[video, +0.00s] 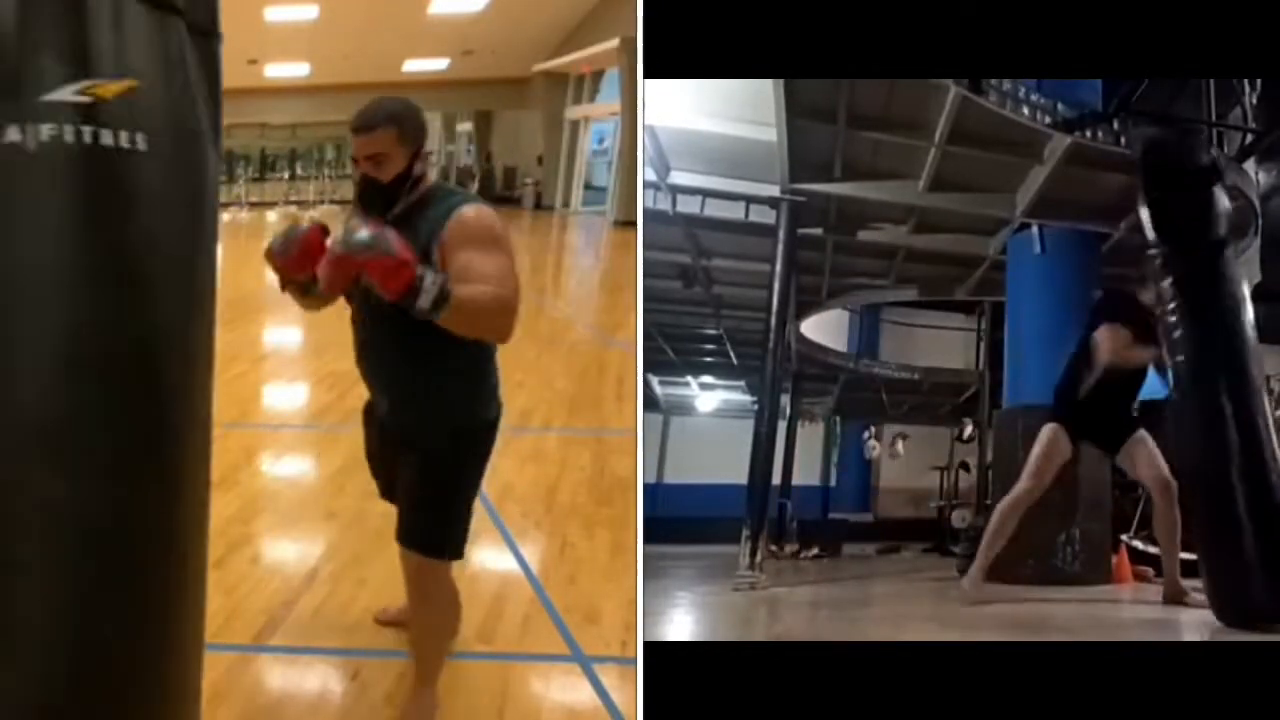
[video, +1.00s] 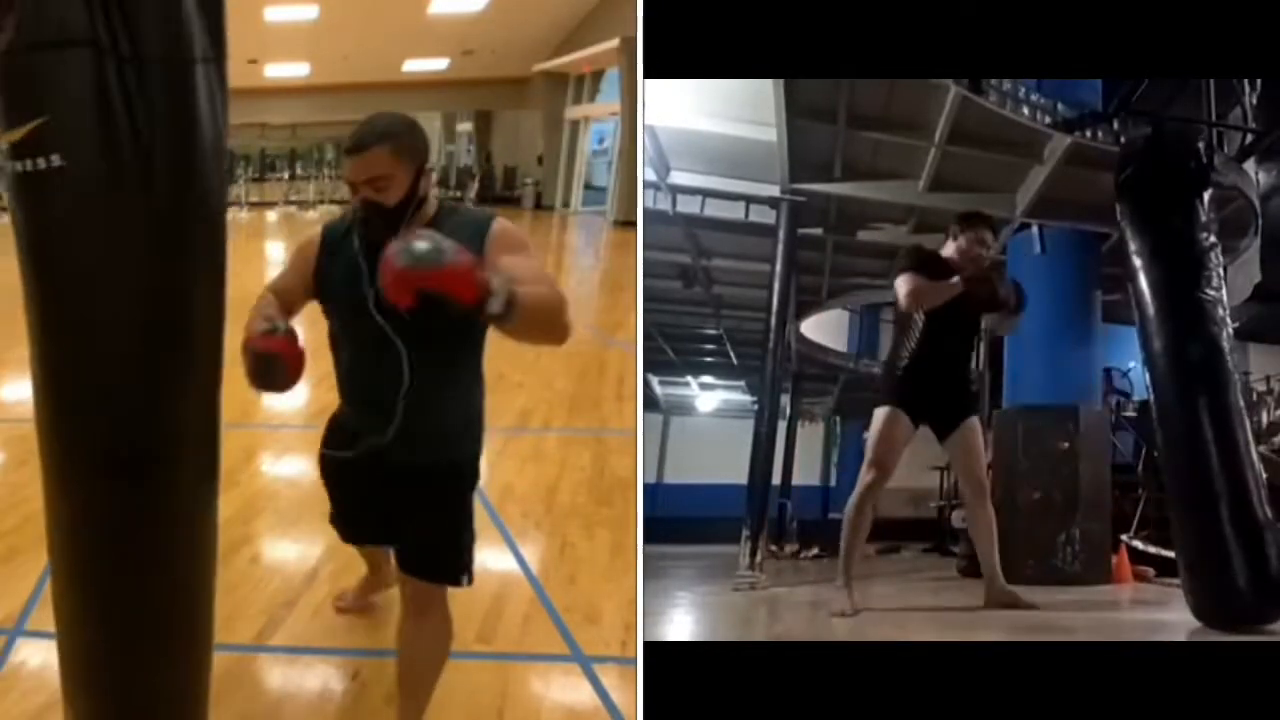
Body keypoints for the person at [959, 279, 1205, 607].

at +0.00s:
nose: (1166, 282)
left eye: (1168, 274)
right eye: (1159, 273)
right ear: (1141, 274)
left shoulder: (1155, 319)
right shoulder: (1113, 304)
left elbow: (1171, 363)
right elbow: (1110, 354)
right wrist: (1157, 353)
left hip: (1118, 419)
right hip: (1073, 414)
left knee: (1164, 485)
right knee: (1030, 486)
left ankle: (1173, 585)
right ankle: (975, 573)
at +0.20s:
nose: (1117, 350)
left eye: (1124, 345)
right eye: (1114, 342)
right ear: (1101, 330)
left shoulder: (1125, 359)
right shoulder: (1060, 343)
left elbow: (1133, 411)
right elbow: (1032, 395)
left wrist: (1130, 404)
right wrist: (1078, 376)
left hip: (1095, 443)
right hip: (1045, 440)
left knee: (1156, 492)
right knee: (996, 497)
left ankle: (1173, 586)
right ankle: (963, 585)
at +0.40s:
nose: (1061, 289)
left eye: (1069, 285)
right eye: (1059, 278)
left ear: (1070, 289)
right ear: (1043, 271)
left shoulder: (1055, 317)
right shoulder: (1003, 298)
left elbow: (1077, 365)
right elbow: (989, 343)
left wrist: (1064, 324)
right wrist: (1030, 314)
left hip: (1032, 413)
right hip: (984, 410)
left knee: (1077, 479)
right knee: (957, 477)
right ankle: (949, 574)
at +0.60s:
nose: (1014, 275)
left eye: (1021, 270)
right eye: (1010, 266)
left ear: (1026, 272)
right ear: (994, 260)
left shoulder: (1016, 303)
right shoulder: (958, 287)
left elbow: (1022, 353)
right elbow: (949, 337)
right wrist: (989, 307)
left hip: (976, 410)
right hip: (930, 403)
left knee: (1020, 482)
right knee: (898, 484)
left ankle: (972, 558)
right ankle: (849, 578)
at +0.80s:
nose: (993, 268)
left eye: (999, 264)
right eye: (991, 259)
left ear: (999, 265)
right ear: (974, 248)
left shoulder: (982, 289)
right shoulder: (927, 267)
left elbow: (991, 336)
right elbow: (923, 312)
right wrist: (969, 298)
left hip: (955, 391)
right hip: (908, 388)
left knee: (1001, 464)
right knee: (876, 476)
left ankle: (1022, 567)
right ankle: (845, 581)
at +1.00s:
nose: (982, 253)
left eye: (988, 248)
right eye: (976, 243)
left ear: (991, 254)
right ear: (952, 241)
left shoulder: (980, 284)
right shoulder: (919, 261)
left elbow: (1009, 315)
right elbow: (911, 300)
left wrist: (1004, 286)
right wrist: (966, 280)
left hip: (955, 394)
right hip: (907, 389)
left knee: (977, 488)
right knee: (873, 476)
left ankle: (995, 587)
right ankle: (845, 584)